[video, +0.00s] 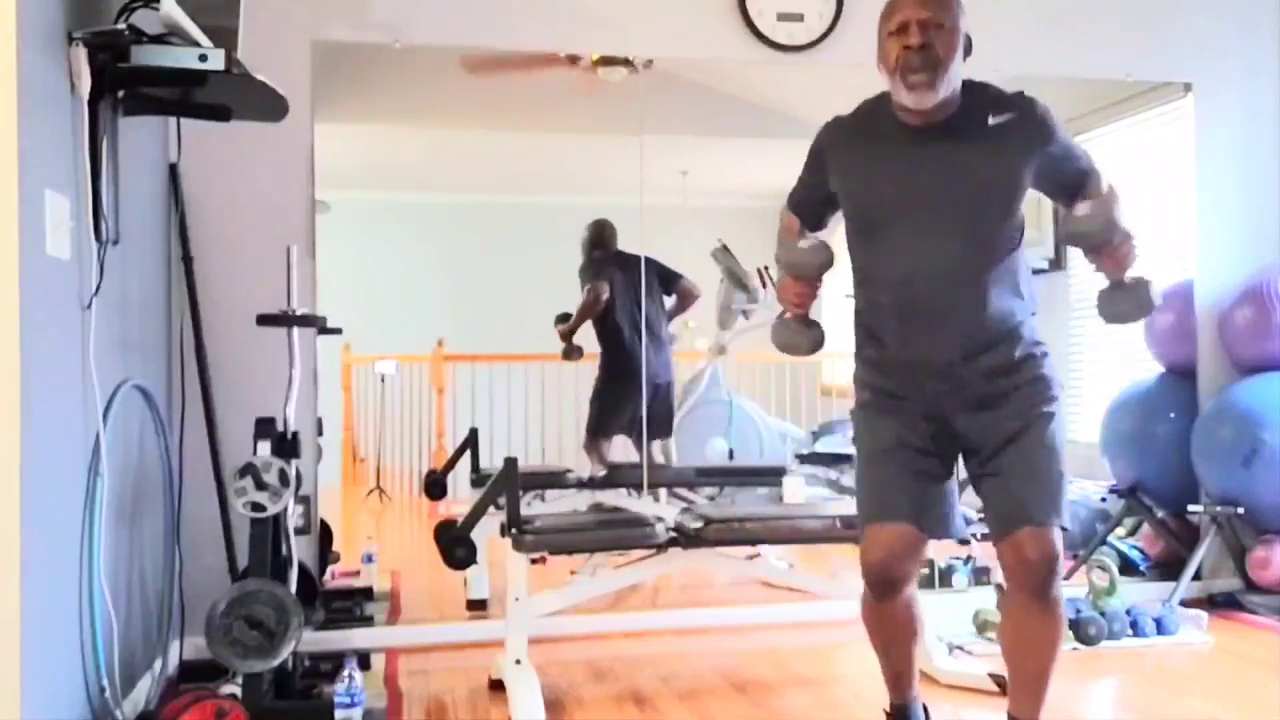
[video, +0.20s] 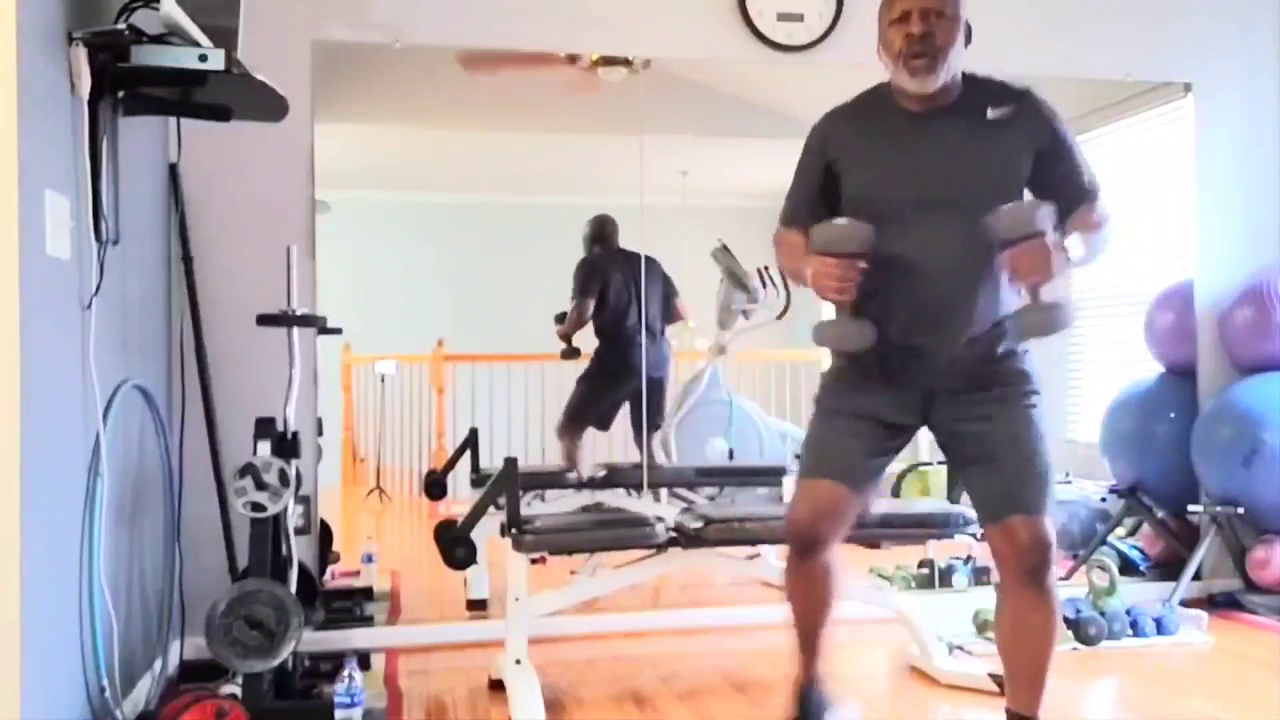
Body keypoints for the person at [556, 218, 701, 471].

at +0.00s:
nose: (584, 247)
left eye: (585, 242)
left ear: (589, 243)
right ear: (615, 241)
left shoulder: (594, 264)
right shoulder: (643, 263)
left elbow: (599, 295)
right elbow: (691, 292)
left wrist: (571, 329)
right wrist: (664, 319)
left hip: (623, 370)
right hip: (660, 370)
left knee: (595, 444)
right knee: (649, 444)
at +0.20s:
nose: (585, 245)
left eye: (586, 240)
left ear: (590, 239)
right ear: (616, 238)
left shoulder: (592, 265)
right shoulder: (650, 264)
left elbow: (583, 313)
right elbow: (678, 313)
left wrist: (566, 331)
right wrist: (649, 321)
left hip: (617, 361)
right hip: (656, 362)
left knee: (569, 429)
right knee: (648, 436)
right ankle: (662, 505)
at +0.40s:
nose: (575, 272)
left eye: (577, 267)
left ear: (579, 268)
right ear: (605, 269)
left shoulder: (575, 299)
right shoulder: (633, 296)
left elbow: (560, 355)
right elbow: (648, 338)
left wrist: (559, 368)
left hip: (599, 392)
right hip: (641, 391)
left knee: (541, 448)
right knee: (647, 456)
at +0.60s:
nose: (554, 266)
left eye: (555, 262)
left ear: (557, 263)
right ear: (584, 263)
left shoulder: (552, 294)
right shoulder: (613, 291)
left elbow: (536, 348)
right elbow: (631, 347)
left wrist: (539, 362)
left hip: (579, 385)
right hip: (620, 384)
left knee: (531, 448)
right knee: (636, 452)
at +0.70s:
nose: (542, 248)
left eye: (543, 244)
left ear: (546, 244)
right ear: (572, 242)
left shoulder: (541, 273)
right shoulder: (603, 270)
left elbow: (529, 326)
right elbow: (624, 321)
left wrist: (520, 337)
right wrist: (593, 326)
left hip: (564, 368)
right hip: (605, 367)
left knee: (533, 443)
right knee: (618, 440)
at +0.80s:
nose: (536, 236)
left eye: (537, 232)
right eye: (539, 233)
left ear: (539, 231)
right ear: (565, 230)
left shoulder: (535, 257)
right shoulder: (596, 256)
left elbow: (523, 305)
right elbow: (626, 304)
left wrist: (506, 320)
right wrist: (599, 315)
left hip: (555, 355)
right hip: (596, 355)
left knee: (533, 430)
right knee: (598, 424)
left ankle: (532, 492)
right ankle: (601, 477)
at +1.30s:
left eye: (526, 236)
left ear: (522, 238)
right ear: (548, 238)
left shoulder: (509, 270)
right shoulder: (575, 268)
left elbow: (489, 324)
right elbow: (597, 321)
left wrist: (511, 333)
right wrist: (567, 324)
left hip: (520, 366)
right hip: (566, 366)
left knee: (486, 430)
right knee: (571, 439)